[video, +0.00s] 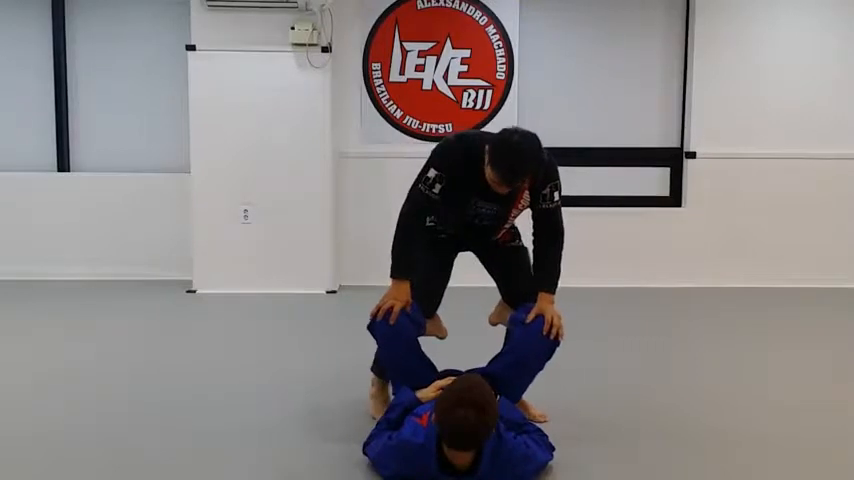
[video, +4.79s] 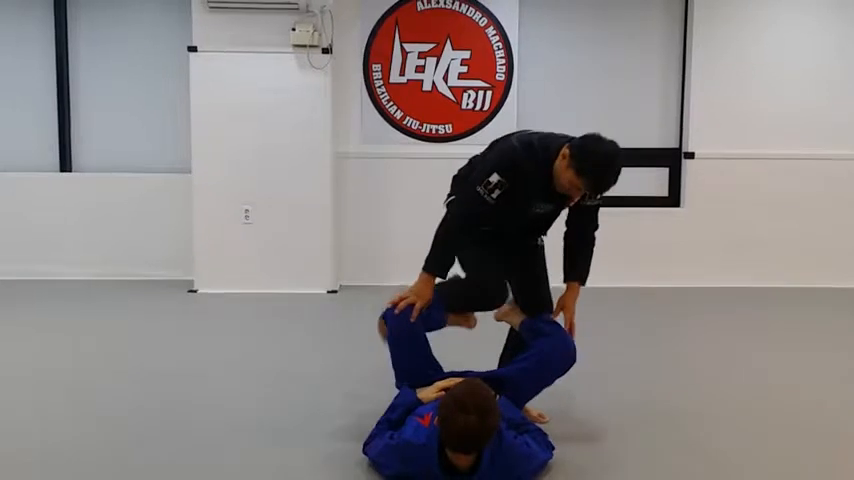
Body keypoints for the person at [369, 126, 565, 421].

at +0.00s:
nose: (501, 189)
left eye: (510, 187)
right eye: (496, 182)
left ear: (528, 174)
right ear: (487, 159)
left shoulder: (542, 170)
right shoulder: (454, 152)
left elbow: (550, 231)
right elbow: (411, 213)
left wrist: (546, 296)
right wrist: (399, 280)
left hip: (497, 233)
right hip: (441, 231)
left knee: (529, 306)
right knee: (418, 309)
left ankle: (509, 393)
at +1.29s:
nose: (501, 203)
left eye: (509, 201)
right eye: (498, 196)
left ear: (528, 189)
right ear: (489, 170)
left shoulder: (543, 177)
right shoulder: (455, 156)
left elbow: (548, 235)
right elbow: (409, 218)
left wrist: (523, 285)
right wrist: (389, 289)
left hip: (495, 234)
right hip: (439, 232)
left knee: (527, 303)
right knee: (410, 309)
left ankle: (509, 392)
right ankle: (383, 379)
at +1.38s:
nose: (498, 205)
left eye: (507, 204)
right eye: (495, 198)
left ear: (527, 191)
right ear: (488, 172)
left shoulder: (542, 180)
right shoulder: (455, 157)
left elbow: (534, 239)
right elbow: (408, 219)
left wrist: (489, 282)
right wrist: (388, 288)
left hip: (491, 232)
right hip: (439, 229)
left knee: (526, 307)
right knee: (415, 308)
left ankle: (508, 391)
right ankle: (385, 378)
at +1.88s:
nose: (496, 208)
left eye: (505, 207)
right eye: (493, 201)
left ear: (527, 192)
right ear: (485, 174)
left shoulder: (540, 179)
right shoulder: (452, 159)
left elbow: (540, 231)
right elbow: (406, 222)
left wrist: (531, 276)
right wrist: (386, 291)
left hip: (492, 231)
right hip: (439, 228)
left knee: (522, 298)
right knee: (417, 305)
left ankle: (508, 391)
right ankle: (384, 375)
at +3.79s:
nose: (538, 217)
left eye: (547, 213)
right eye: (537, 208)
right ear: (525, 178)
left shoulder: (550, 185)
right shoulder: (474, 170)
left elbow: (545, 243)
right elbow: (421, 227)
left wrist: (548, 301)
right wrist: (398, 297)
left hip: (486, 238)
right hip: (438, 233)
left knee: (526, 306)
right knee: (450, 324)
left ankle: (508, 395)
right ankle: (389, 376)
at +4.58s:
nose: (570, 204)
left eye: (580, 200)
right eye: (570, 193)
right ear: (557, 165)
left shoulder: (583, 181)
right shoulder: (506, 158)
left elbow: (577, 237)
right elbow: (451, 214)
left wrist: (566, 302)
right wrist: (420, 280)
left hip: (517, 230)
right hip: (468, 221)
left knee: (535, 312)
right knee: (468, 302)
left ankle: (508, 397)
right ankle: (399, 342)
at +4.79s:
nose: (576, 196)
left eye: (585, 192)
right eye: (575, 185)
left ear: (596, 187)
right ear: (564, 157)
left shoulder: (589, 180)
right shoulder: (515, 155)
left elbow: (582, 231)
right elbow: (459, 212)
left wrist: (573, 290)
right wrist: (427, 281)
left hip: (523, 232)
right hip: (475, 220)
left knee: (536, 315)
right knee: (489, 293)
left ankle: (508, 398)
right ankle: (416, 305)